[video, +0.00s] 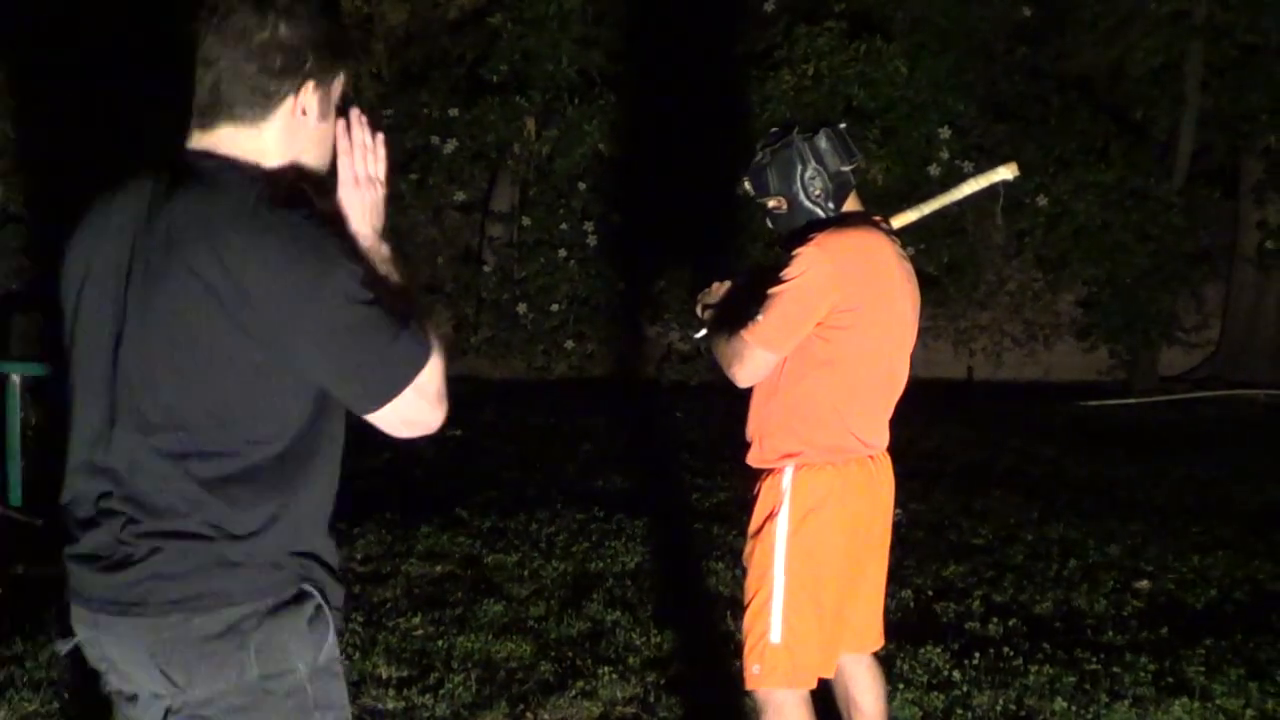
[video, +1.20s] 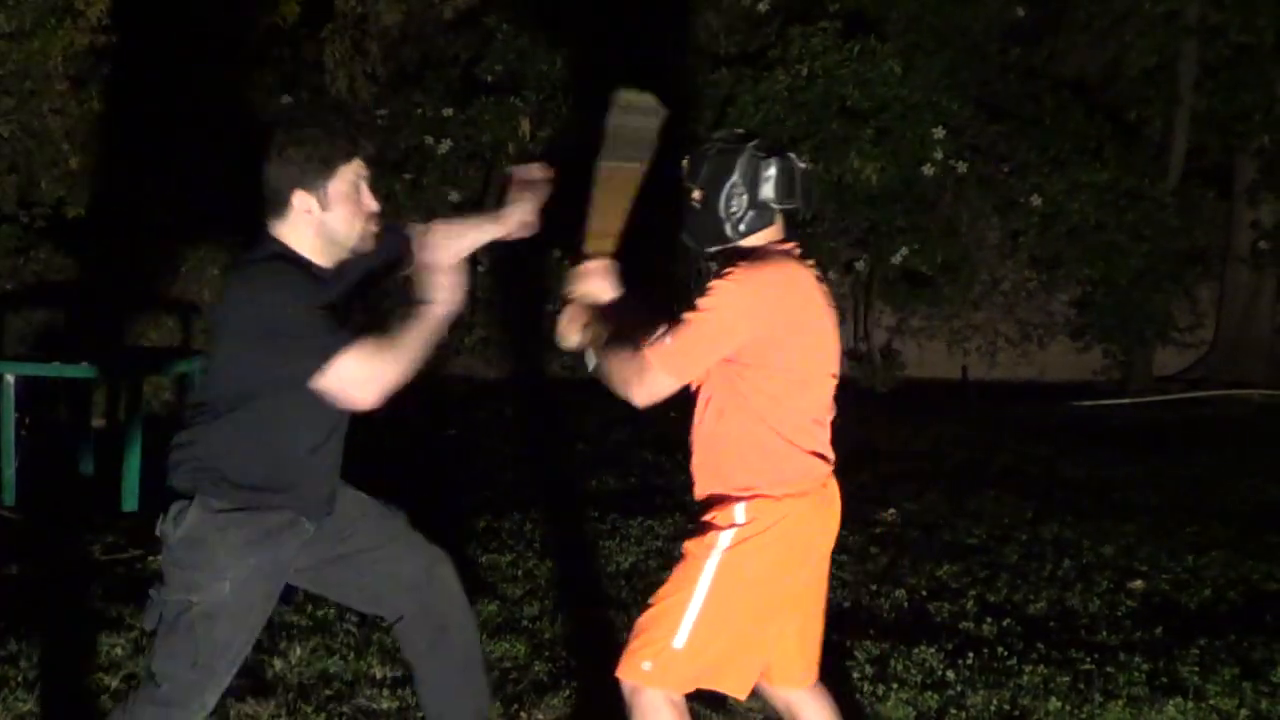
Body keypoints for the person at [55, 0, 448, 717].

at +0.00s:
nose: (337, 125)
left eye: (339, 104)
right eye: (336, 103)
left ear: (211, 87)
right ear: (303, 103)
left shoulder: (106, 225)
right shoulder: (283, 248)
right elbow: (419, 407)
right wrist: (372, 243)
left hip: (111, 612)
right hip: (242, 628)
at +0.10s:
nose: (337, 133)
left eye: (339, 114)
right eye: (334, 113)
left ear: (221, 107)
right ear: (294, 115)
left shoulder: (147, 222)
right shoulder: (252, 256)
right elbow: (394, 391)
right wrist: (375, 246)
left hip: (140, 565)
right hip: (230, 588)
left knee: (203, 710)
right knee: (310, 707)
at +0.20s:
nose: (342, 98)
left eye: (344, 78)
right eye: (337, 77)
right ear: (295, 74)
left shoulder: (193, 181)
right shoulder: (246, 198)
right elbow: (358, 344)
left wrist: (351, 208)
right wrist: (371, 212)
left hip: (173, 503)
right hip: (230, 518)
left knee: (222, 696)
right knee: (329, 704)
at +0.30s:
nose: (355, 76)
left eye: (355, 57)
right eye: (348, 56)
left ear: (291, 54)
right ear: (302, 55)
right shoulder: (244, 168)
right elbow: (354, 312)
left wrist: (362, 192)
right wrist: (375, 193)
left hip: (263, 477)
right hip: (232, 487)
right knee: (284, 702)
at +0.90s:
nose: (353, 141)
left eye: (353, 124)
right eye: (342, 124)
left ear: (298, 128)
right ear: (297, 127)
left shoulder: (296, 216)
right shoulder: (236, 213)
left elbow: (366, 295)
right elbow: (327, 304)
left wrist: (368, 204)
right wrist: (360, 206)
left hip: (317, 490)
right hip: (240, 489)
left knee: (315, 678)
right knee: (206, 679)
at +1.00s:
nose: (336, 159)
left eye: (336, 143)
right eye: (326, 142)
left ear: (282, 146)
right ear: (282, 145)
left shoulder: (284, 232)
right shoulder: (228, 228)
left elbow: (314, 324)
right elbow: (322, 323)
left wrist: (345, 232)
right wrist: (356, 229)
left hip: (314, 494)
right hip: (226, 499)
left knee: (381, 600)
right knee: (168, 681)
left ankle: (344, 716)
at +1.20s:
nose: (374, 202)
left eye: (368, 185)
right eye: (357, 188)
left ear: (314, 204)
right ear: (308, 204)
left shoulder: (337, 264)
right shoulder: (263, 294)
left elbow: (427, 244)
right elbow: (363, 383)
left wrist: (507, 221)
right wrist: (439, 307)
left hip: (313, 509)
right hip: (228, 520)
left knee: (425, 584)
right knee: (176, 698)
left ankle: (465, 714)